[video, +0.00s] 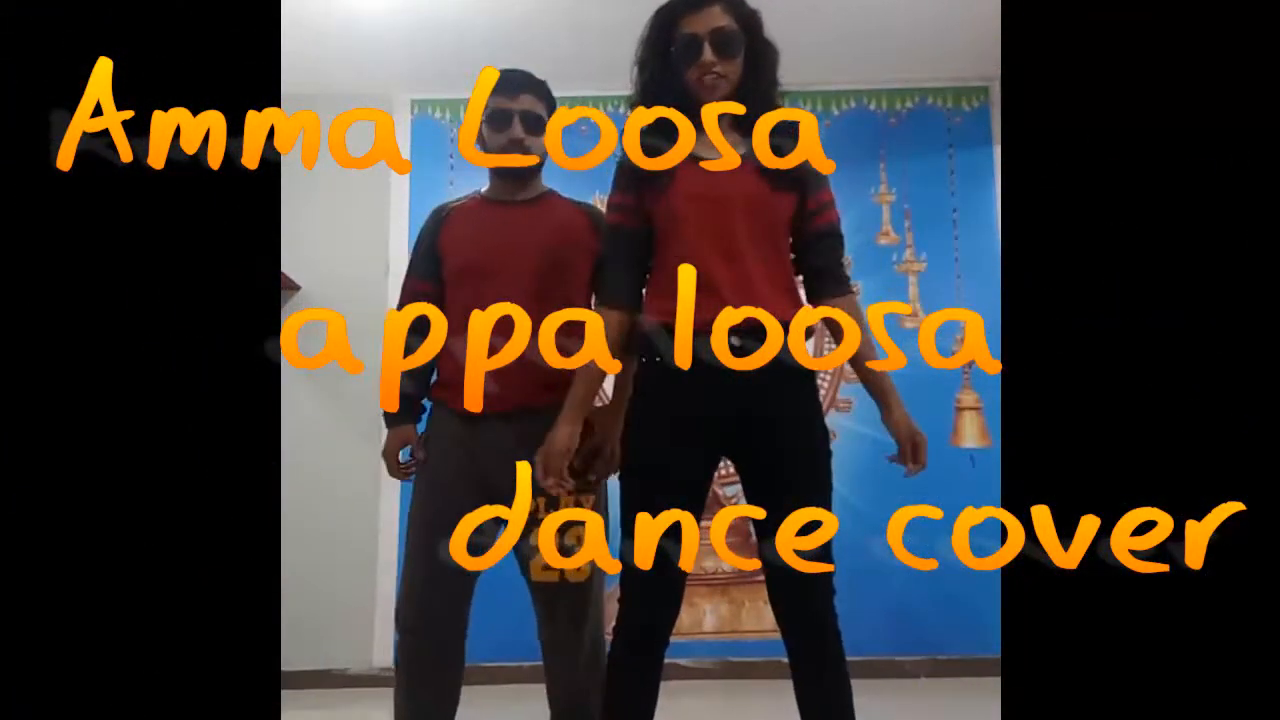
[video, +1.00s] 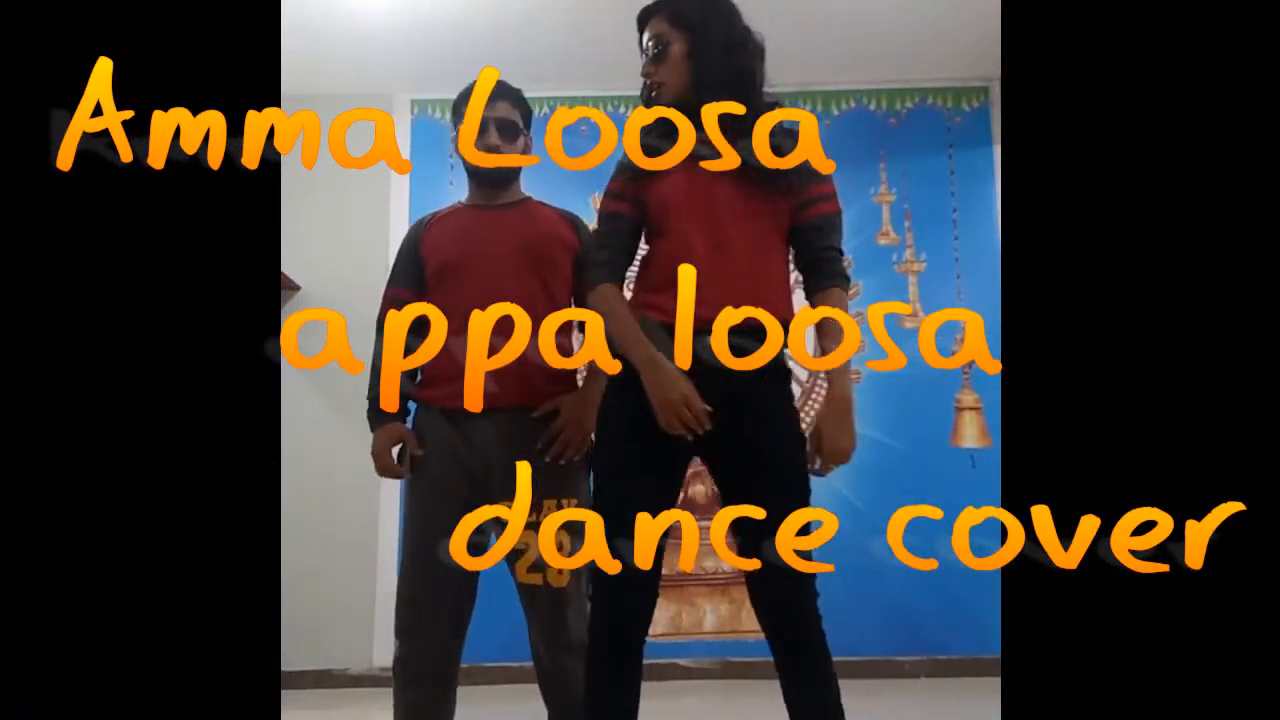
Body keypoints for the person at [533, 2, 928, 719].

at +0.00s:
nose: (708, 58)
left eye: (724, 43)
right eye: (689, 46)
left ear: (752, 55)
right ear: (666, 62)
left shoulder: (787, 145)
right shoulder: (648, 148)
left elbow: (830, 283)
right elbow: (618, 290)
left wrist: (890, 403)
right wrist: (572, 414)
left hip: (778, 394)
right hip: (671, 394)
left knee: (807, 602)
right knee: (649, 601)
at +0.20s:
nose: (703, 56)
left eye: (719, 39)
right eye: (684, 45)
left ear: (751, 49)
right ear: (666, 62)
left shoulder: (789, 143)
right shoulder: (649, 144)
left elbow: (824, 288)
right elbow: (624, 283)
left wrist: (876, 412)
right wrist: (589, 414)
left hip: (777, 394)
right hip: (671, 393)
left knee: (804, 599)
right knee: (647, 599)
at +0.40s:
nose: (696, 56)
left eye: (713, 39)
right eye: (679, 47)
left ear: (749, 48)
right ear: (663, 64)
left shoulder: (788, 138)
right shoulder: (650, 143)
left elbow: (821, 268)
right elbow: (640, 272)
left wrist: (822, 385)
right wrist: (647, 391)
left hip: (782, 385)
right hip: (677, 386)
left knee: (806, 597)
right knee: (650, 599)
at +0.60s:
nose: (683, 57)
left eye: (699, 38)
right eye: (669, 48)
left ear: (743, 42)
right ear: (660, 65)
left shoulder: (790, 132)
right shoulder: (652, 140)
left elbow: (818, 259)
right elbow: (642, 267)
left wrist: (777, 363)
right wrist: (698, 366)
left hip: (788, 382)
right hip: (681, 382)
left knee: (812, 596)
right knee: (654, 600)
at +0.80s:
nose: (657, 63)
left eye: (672, 45)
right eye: (655, 50)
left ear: (727, 46)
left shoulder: (791, 139)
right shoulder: (654, 143)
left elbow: (818, 273)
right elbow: (630, 279)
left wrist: (794, 388)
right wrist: (691, 372)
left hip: (782, 391)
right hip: (672, 388)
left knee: (806, 602)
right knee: (638, 602)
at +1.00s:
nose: (646, 69)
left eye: (660, 50)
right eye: (645, 55)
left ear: (714, 51)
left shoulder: (784, 142)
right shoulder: (650, 146)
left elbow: (826, 272)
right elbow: (600, 269)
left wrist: (838, 395)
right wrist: (652, 368)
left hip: (754, 388)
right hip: (649, 382)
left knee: (787, 600)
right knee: (620, 599)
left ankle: (822, 719)